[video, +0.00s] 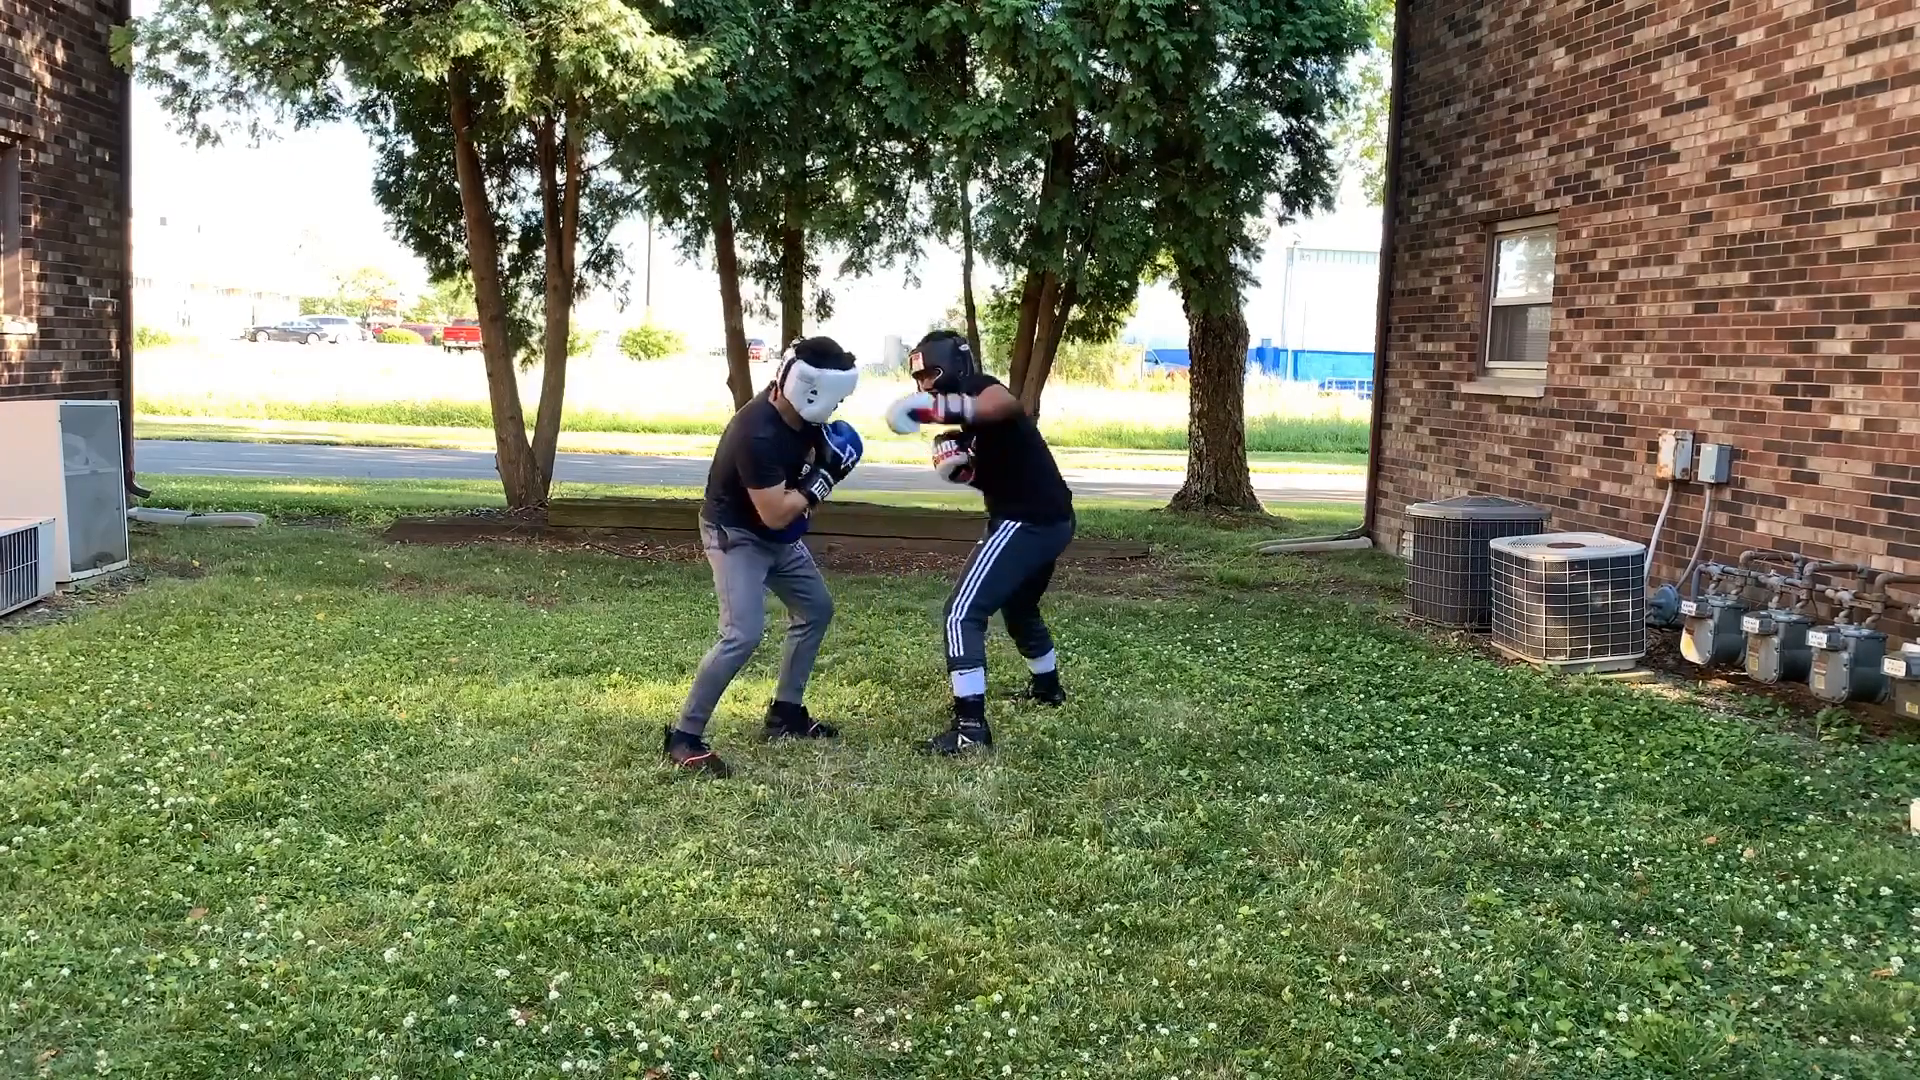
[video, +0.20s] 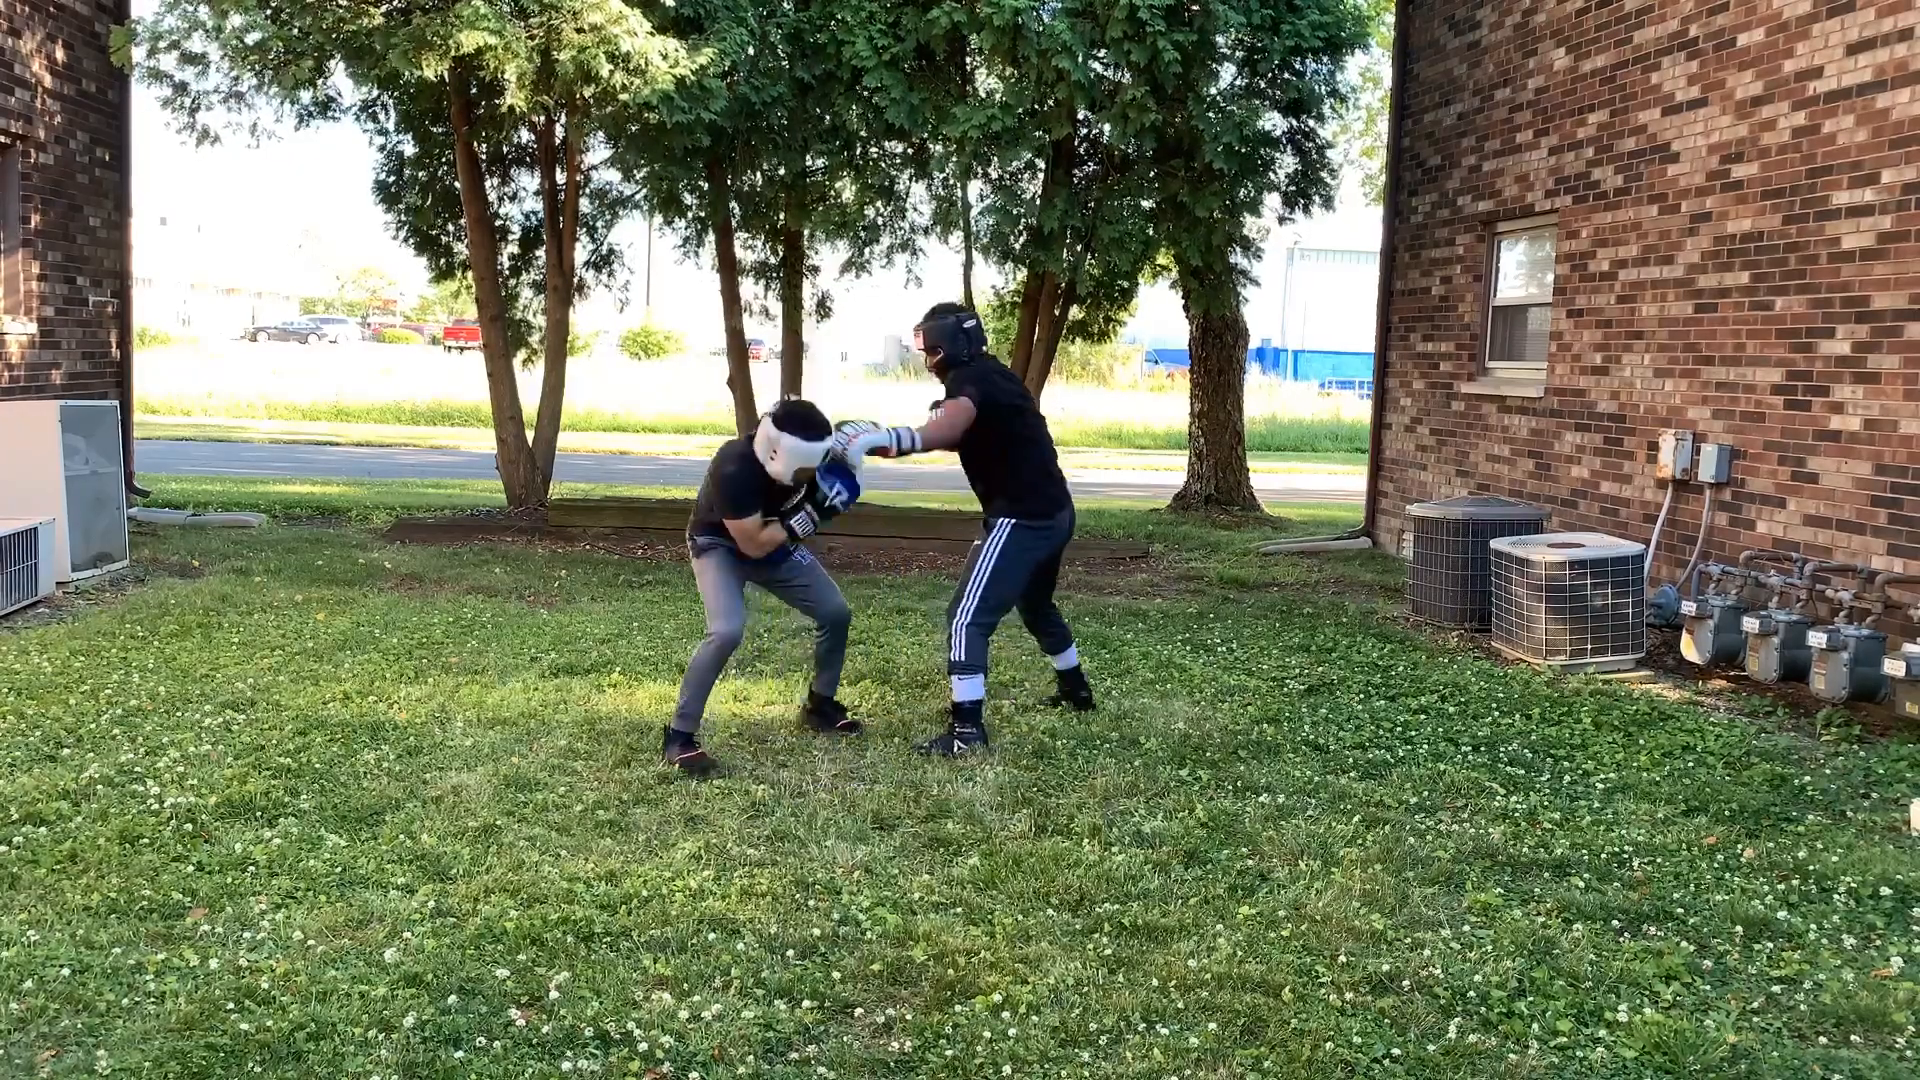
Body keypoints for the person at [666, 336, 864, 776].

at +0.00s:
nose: (833, 406)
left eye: (836, 397)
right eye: (829, 397)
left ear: (801, 385)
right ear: (800, 387)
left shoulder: (802, 416)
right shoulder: (756, 431)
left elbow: (807, 471)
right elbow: (777, 516)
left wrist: (828, 465)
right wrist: (822, 481)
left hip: (780, 535)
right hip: (734, 536)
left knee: (815, 608)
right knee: (742, 634)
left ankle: (787, 713)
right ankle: (685, 737)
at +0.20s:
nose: (804, 477)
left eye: (810, 469)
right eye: (799, 469)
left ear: (820, 452)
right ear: (773, 451)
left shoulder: (800, 455)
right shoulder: (734, 470)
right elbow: (753, 545)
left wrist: (828, 498)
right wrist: (812, 514)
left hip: (772, 542)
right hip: (716, 545)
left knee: (836, 614)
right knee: (726, 631)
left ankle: (821, 705)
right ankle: (680, 736)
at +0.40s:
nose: (837, 535)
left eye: (843, 526)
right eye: (832, 527)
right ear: (806, 507)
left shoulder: (823, 506)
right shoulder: (748, 504)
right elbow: (723, 571)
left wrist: (824, 565)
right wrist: (788, 572)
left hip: (771, 565)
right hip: (714, 564)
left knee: (842, 627)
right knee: (724, 634)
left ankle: (839, 713)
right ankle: (678, 739)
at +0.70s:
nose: (848, 440)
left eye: (856, 431)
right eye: (842, 431)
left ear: (866, 415)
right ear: (818, 411)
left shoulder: (860, 426)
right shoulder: (770, 424)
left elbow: (897, 457)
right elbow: (750, 489)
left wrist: (864, 482)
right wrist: (804, 488)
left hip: (813, 524)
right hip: (753, 516)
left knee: (846, 606)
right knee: (721, 602)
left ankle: (840, 707)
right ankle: (683, 708)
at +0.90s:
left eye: (812, 357)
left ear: (815, 361)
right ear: (859, 356)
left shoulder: (798, 401)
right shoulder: (893, 387)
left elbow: (794, 459)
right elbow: (901, 451)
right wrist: (896, 381)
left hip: (829, 540)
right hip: (888, 532)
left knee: (830, 630)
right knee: (932, 645)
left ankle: (804, 734)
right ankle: (914, 765)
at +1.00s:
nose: (872, 349)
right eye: (868, 344)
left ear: (819, 356)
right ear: (862, 351)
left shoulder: (797, 399)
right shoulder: (895, 388)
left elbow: (802, 462)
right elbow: (905, 453)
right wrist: (900, 379)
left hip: (823, 547)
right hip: (882, 543)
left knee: (830, 635)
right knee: (921, 660)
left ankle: (804, 735)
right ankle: (909, 781)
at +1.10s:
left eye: (823, 342)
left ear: (824, 348)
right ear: (869, 346)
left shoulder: (798, 391)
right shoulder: (901, 385)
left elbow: (791, 458)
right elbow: (909, 454)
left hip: (816, 544)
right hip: (878, 540)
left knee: (824, 634)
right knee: (923, 659)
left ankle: (802, 735)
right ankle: (909, 781)